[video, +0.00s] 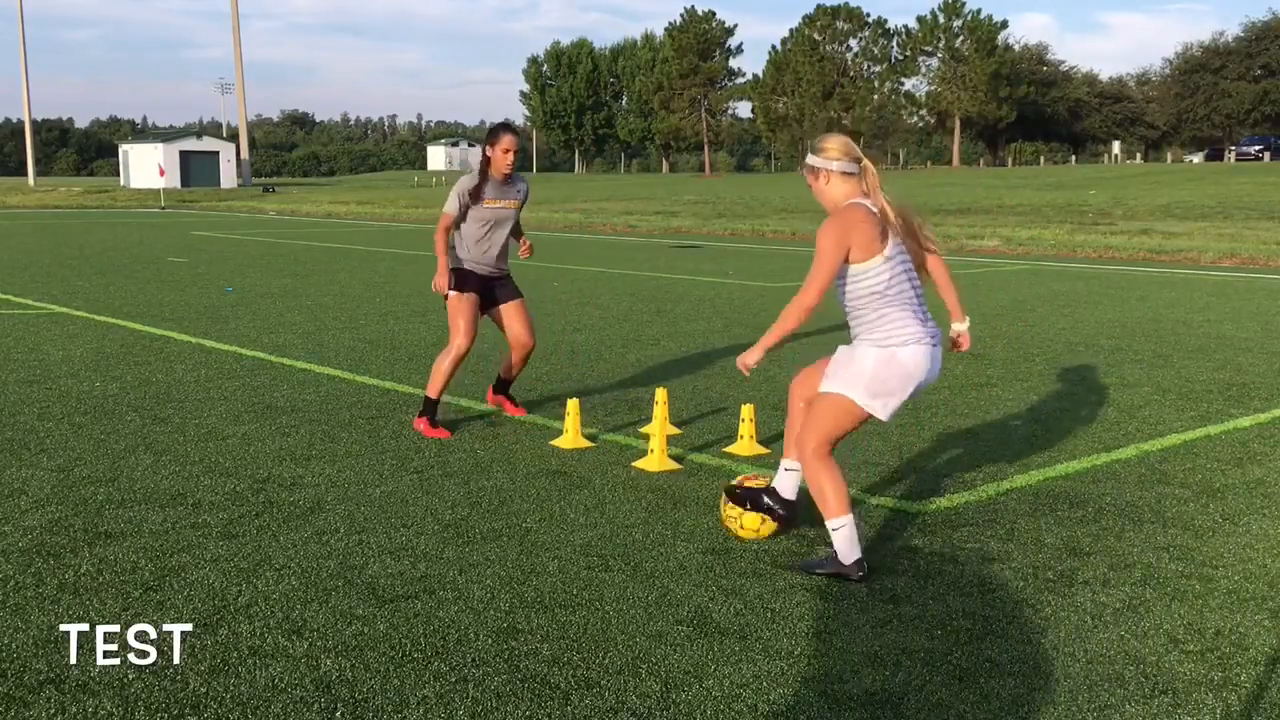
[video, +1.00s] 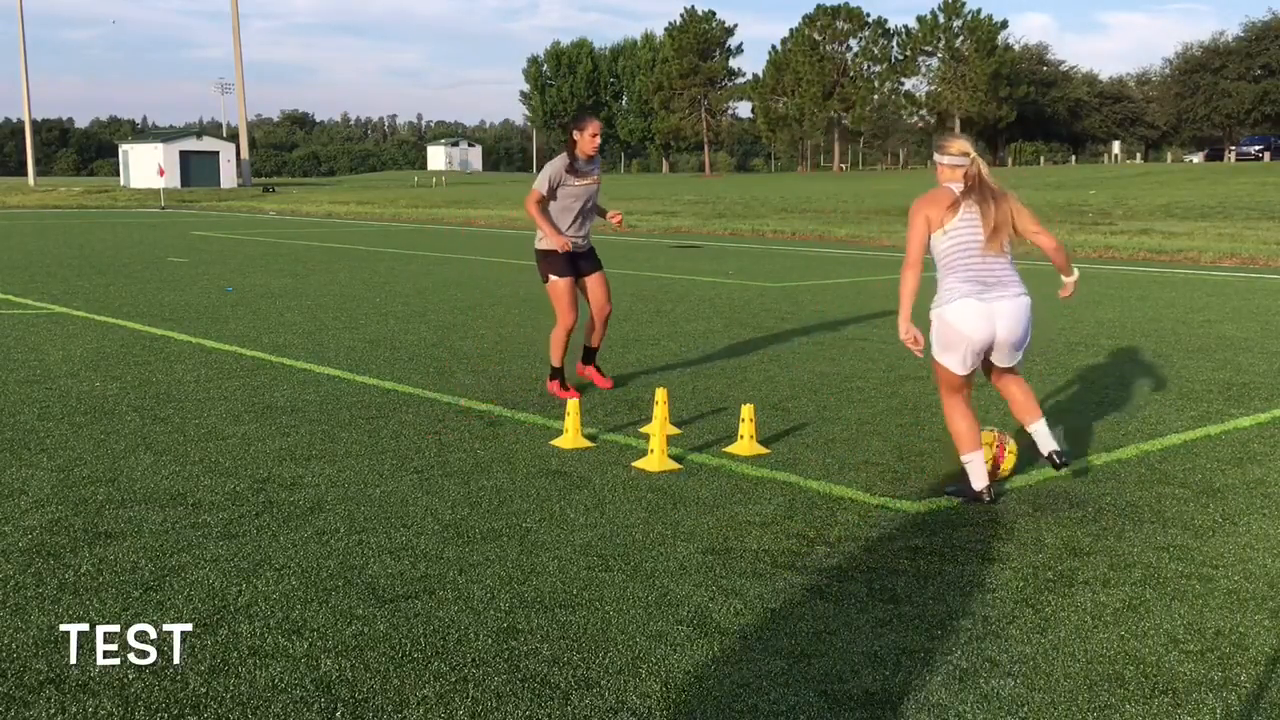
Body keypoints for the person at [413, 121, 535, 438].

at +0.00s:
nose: (512, 158)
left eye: (516, 152)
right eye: (506, 151)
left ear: (518, 155)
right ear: (489, 152)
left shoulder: (519, 187)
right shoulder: (468, 185)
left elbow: (511, 221)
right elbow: (442, 229)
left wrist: (521, 240)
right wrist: (443, 268)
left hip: (499, 275)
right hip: (465, 272)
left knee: (524, 343)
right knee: (462, 340)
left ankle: (499, 393)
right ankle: (426, 416)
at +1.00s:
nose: (598, 141)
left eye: (600, 136)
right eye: (593, 135)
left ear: (598, 138)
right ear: (576, 136)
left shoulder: (594, 165)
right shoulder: (558, 166)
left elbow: (586, 201)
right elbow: (531, 202)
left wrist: (607, 215)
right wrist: (553, 235)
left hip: (583, 247)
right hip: (553, 249)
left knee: (602, 308)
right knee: (567, 318)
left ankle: (588, 364)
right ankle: (555, 379)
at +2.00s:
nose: (535, 173)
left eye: (540, 167)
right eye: (529, 167)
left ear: (544, 163)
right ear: (516, 163)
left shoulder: (556, 187)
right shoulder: (501, 192)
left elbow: (567, 218)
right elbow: (479, 234)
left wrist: (589, 237)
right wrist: (482, 254)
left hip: (547, 268)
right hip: (510, 269)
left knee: (576, 332)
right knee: (507, 332)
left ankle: (581, 375)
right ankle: (487, 385)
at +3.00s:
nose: (521, 157)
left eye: (526, 150)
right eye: (516, 149)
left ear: (531, 152)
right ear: (501, 149)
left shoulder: (536, 186)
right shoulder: (480, 181)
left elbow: (537, 223)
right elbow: (454, 222)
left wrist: (540, 247)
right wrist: (448, 263)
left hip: (518, 273)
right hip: (480, 271)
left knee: (545, 337)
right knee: (472, 339)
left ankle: (525, 387)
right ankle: (437, 408)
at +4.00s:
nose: (597, 137)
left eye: (599, 131)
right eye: (593, 131)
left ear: (594, 132)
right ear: (576, 130)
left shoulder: (592, 161)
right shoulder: (556, 160)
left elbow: (590, 198)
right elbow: (531, 198)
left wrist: (618, 208)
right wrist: (555, 220)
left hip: (584, 243)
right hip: (555, 244)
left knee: (591, 309)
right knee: (563, 312)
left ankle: (584, 368)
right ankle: (539, 365)